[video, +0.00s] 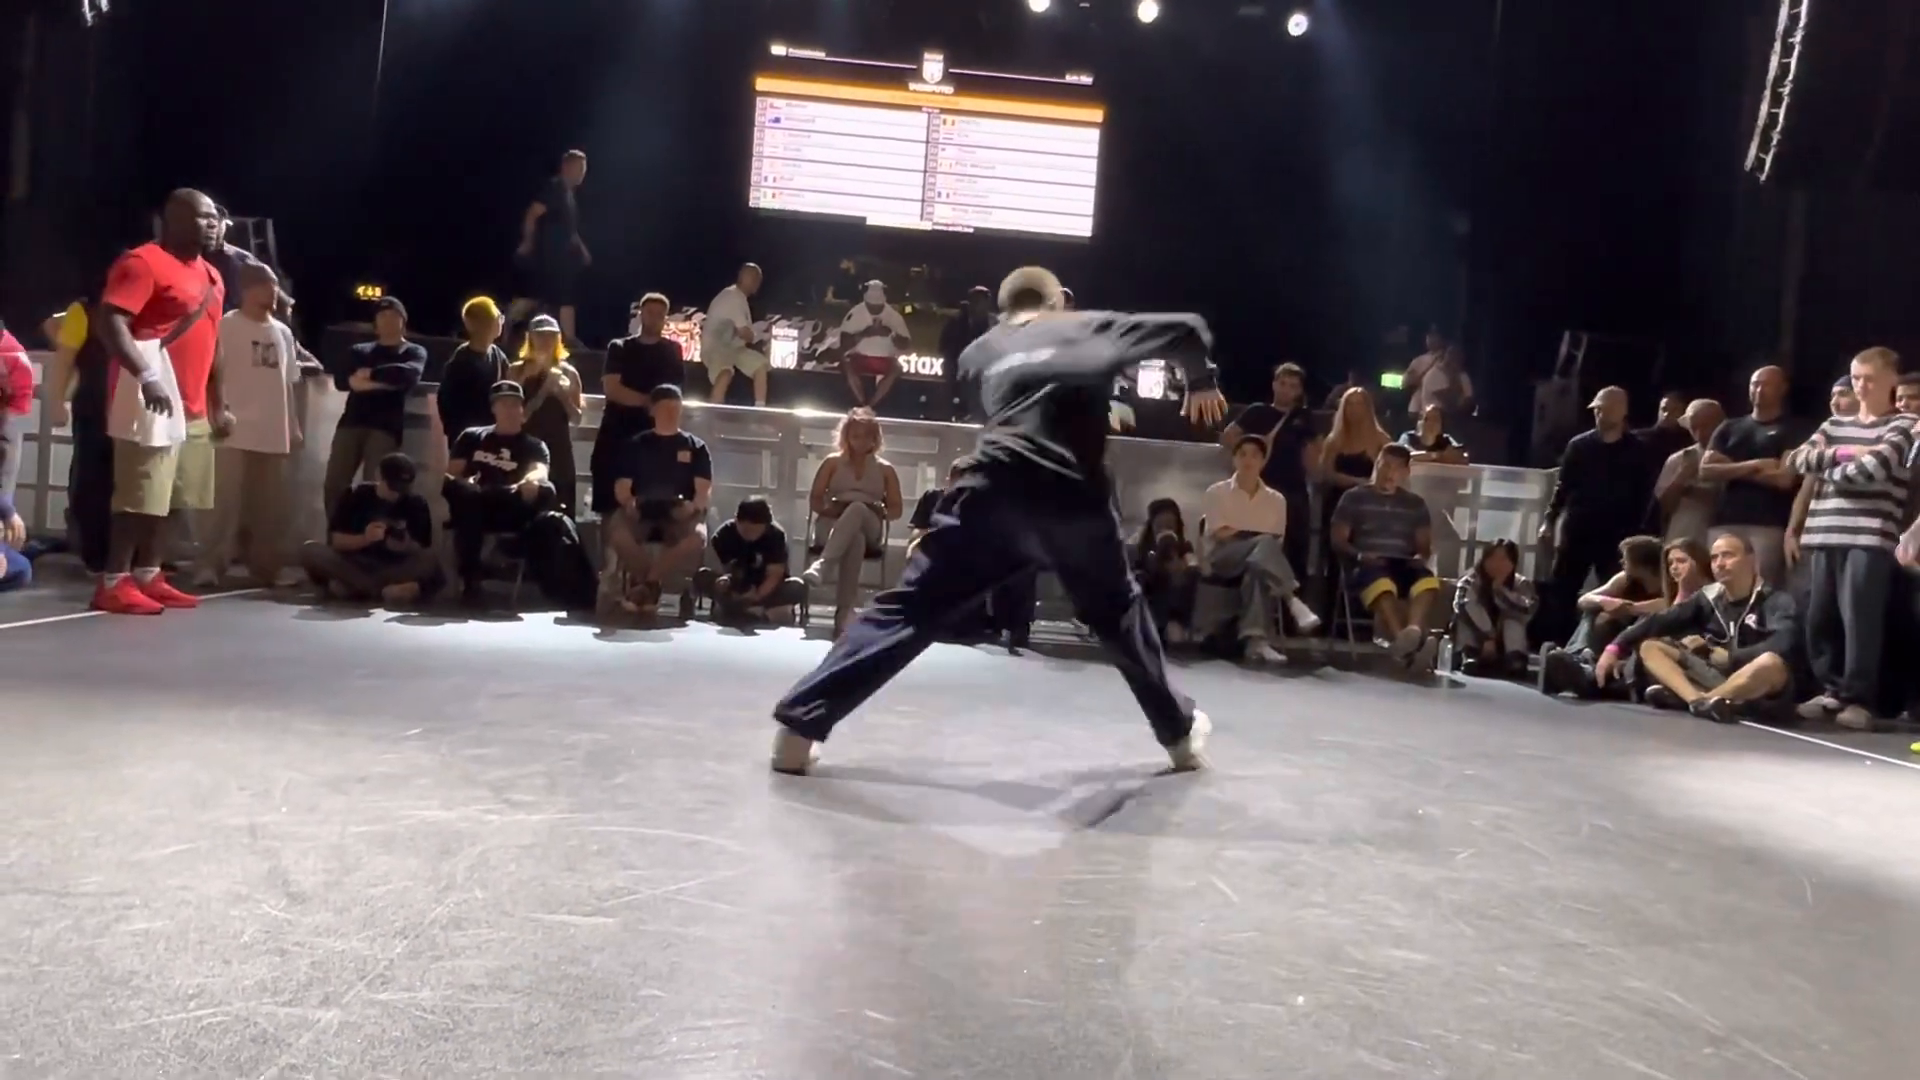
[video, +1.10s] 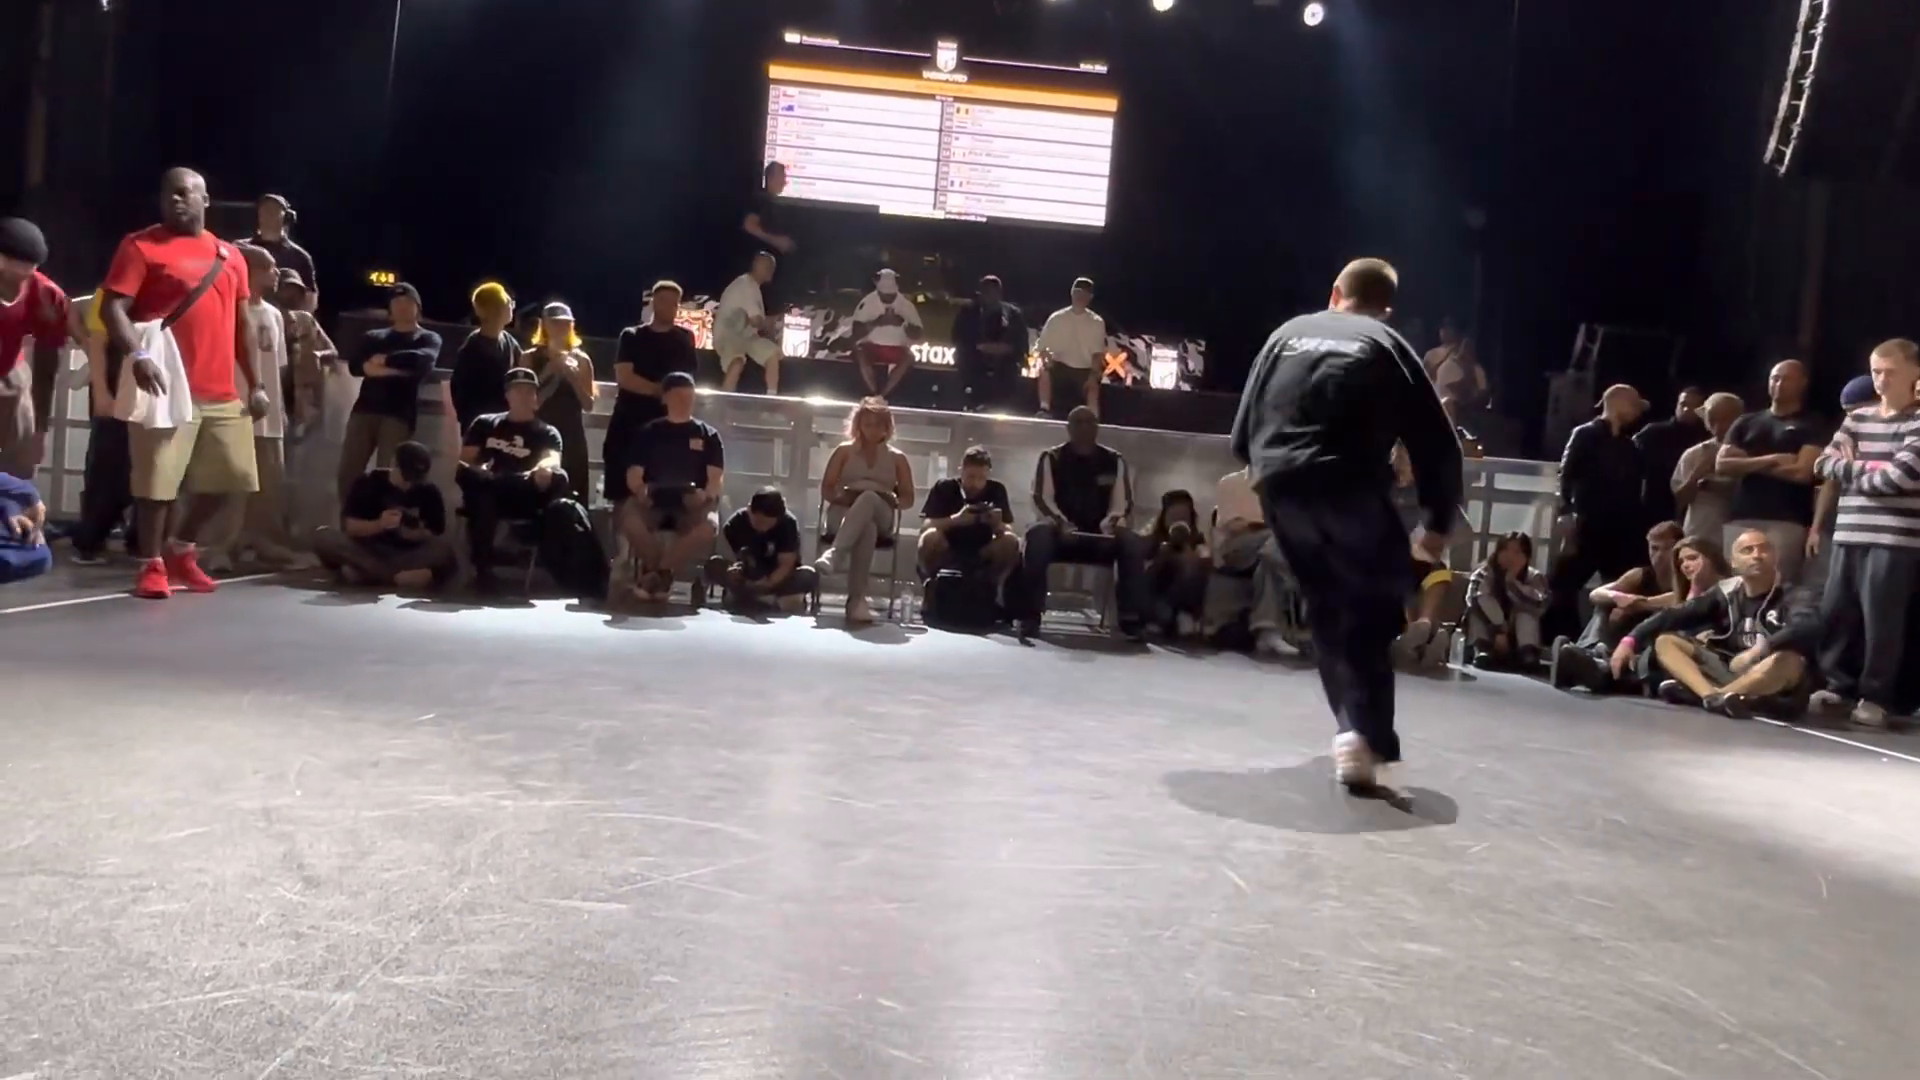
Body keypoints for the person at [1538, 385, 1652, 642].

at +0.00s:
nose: (1598, 414)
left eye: (1604, 410)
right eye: (1596, 409)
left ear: (1622, 413)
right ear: (1593, 410)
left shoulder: (1637, 450)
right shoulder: (1579, 445)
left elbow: (1642, 495)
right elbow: (1563, 487)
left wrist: (1634, 531)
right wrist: (1548, 521)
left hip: (1616, 533)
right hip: (1578, 532)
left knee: (1615, 597)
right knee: (1563, 592)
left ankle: (1612, 654)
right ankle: (1554, 647)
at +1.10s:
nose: (1638, 410)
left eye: (1638, 405)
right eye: (1634, 404)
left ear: (1618, 407)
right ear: (1618, 404)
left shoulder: (1631, 445)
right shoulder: (1585, 435)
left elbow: (1635, 485)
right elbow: (1567, 474)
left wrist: (1634, 513)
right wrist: (1568, 508)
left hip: (1621, 521)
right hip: (1588, 520)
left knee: (1623, 585)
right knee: (1566, 582)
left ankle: (1621, 645)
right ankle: (1559, 638)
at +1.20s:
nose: (1643, 409)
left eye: (1643, 404)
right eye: (1639, 403)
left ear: (1621, 406)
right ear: (1623, 405)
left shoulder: (1635, 446)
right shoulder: (1589, 434)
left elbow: (1640, 484)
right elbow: (1569, 473)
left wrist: (1639, 513)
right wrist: (1570, 510)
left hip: (1623, 520)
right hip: (1591, 518)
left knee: (1625, 580)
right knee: (1573, 577)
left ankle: (1619, 640)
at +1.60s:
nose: (1661, 409)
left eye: (1661, 403)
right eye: (1656, 402)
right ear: (1639, 402)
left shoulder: (1664, 436)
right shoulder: (1606, 433)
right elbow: (1584, 474)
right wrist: (1579, 510)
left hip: (1649, 522)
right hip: (1609, 521)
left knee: (1645, 584)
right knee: (1583, 578)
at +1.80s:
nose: (1664, 407)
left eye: (1663, 402)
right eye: (1659, 400)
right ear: (1640, 403)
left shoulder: (1667, 437)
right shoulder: (1607, 433)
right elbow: (1584, 472)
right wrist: (1579, 510)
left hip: (1649, 523)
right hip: (1608, 521)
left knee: (1642, 583)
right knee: (1583, 578)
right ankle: (1564, 630)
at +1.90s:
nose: (1665, 405)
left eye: (1663, 401)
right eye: (1658, 399)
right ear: (1640, 403)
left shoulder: (1665, 436)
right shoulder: (1609, 431)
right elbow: (1586, 470)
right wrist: (1580, 507)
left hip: (1647, 521)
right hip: (1606, 520)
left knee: (1639, 582)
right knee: (1582, 577)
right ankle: (1563, 629)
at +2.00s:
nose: (1662, 407)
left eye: (1660, 403)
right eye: (1657, 402)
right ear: (1638, 405)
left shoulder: (1661, 435)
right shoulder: (1611, 431)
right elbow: (1591, 468)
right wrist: (1587, 504)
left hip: (1646, 517)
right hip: (1609, 516)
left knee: (1639, 577)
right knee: (1587, 572)